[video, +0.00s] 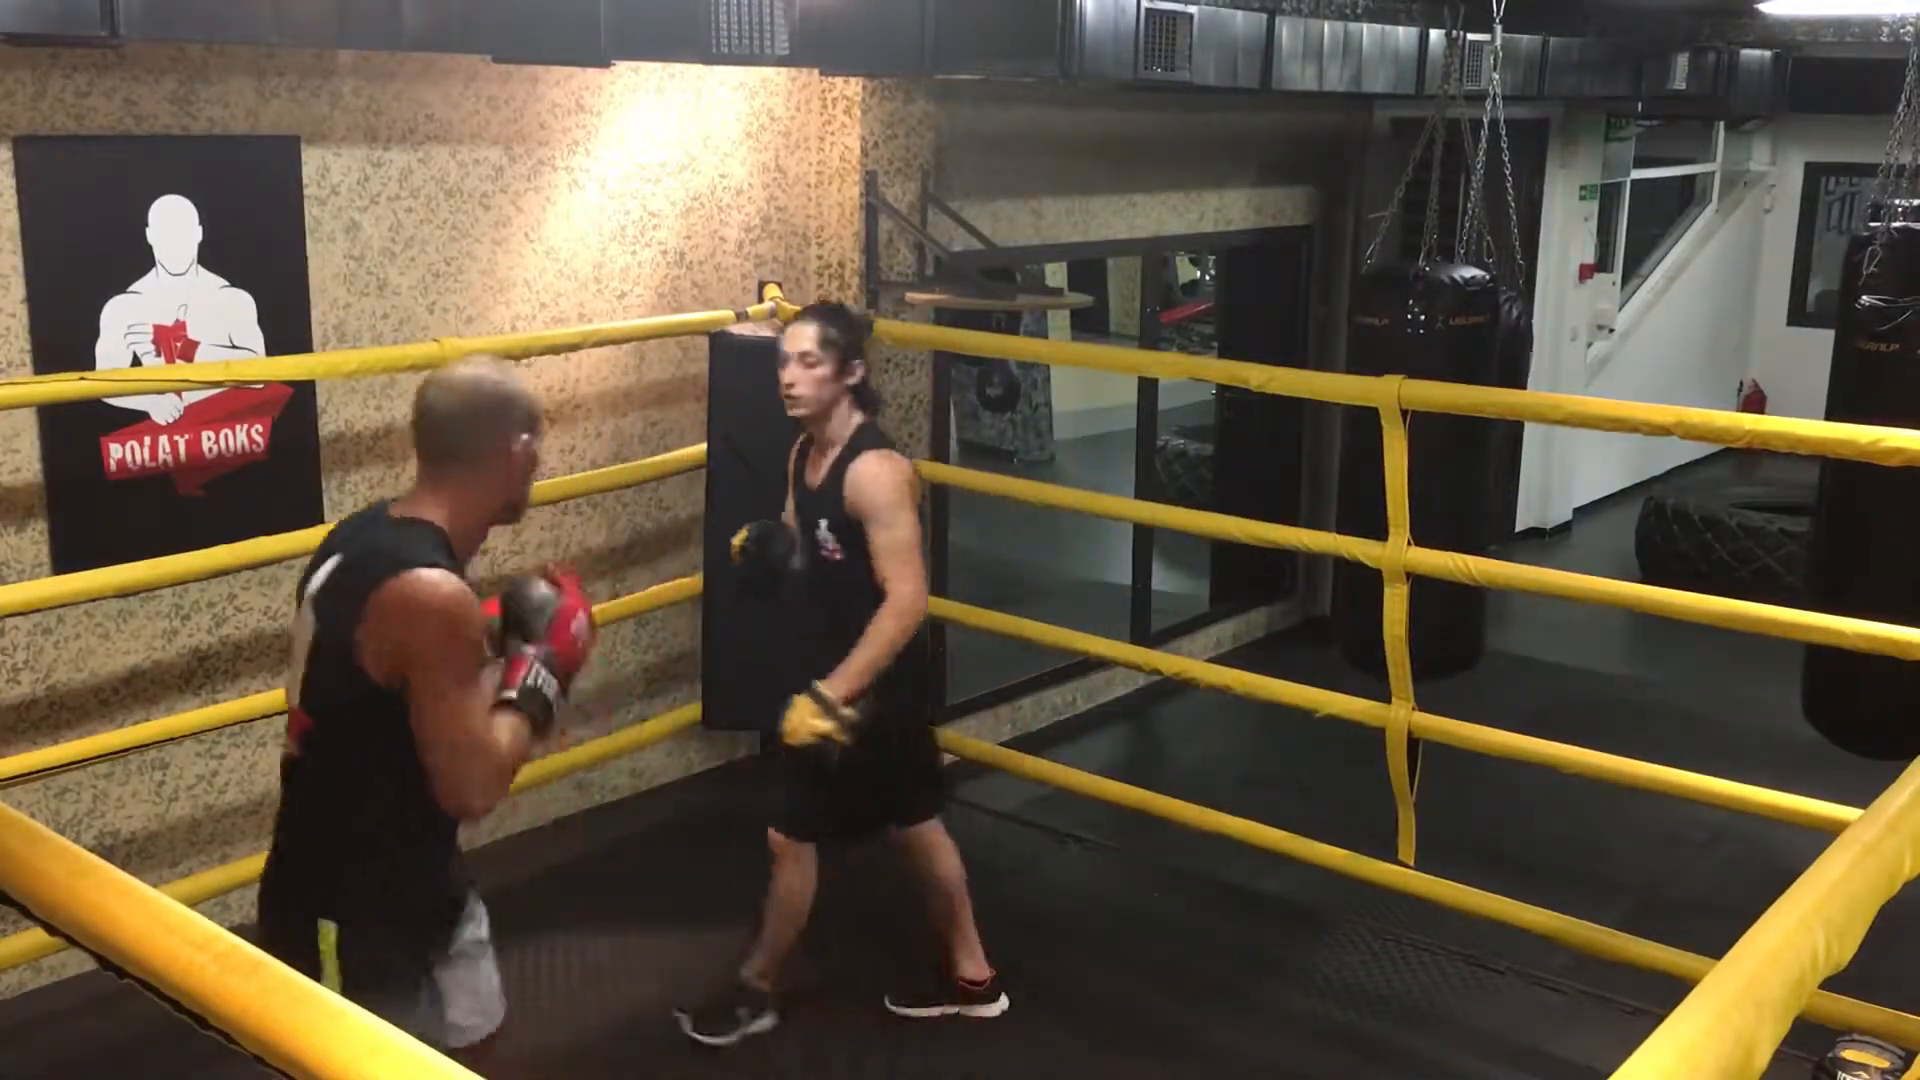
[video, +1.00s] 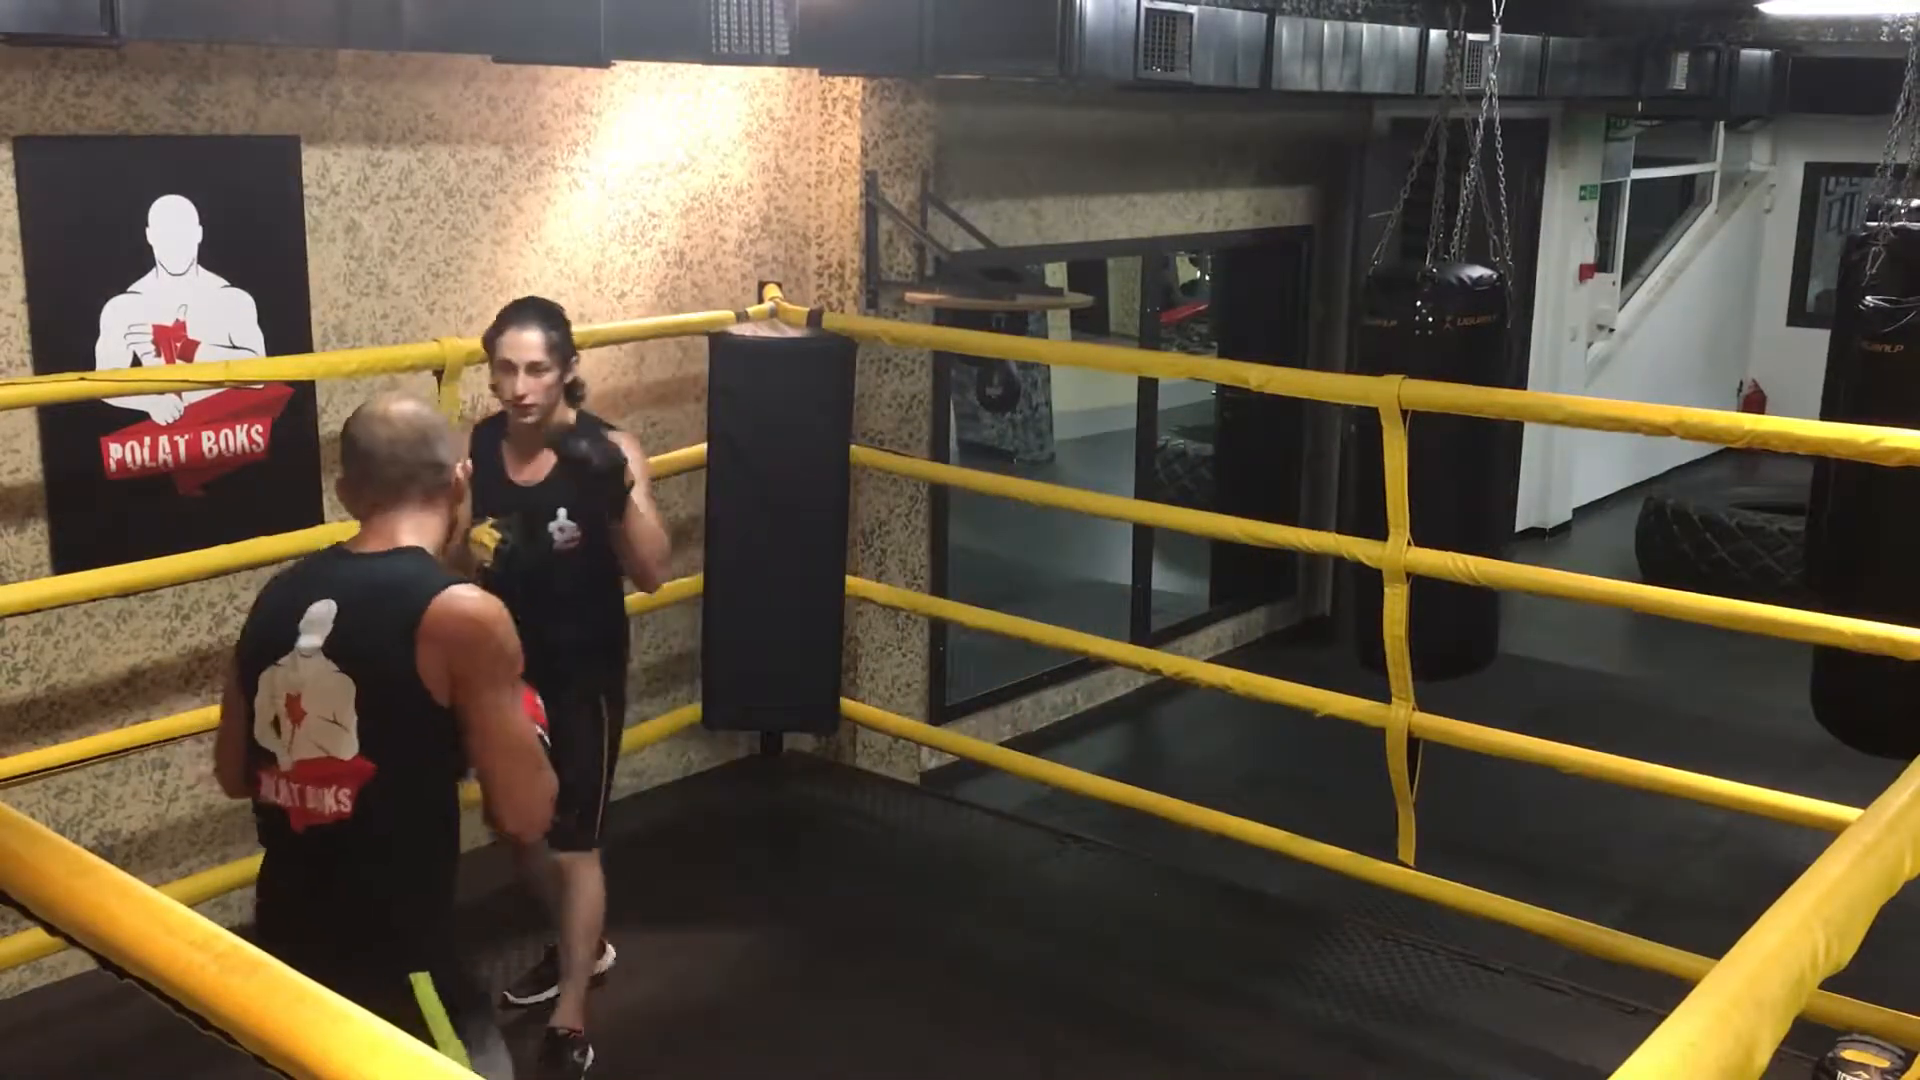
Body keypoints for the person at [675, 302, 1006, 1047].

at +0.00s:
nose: (789, 376)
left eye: (807, 362)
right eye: (785, 361)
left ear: (850, 374)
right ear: (782, 371)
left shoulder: (876, 472)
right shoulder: (807, 453)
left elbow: (908, 602)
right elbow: (819, 541)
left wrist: (831, 695)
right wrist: (772, 545)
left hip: (876, 681)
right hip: (848, 669)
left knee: (791, 835)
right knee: (917, 822)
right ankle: (974, 976)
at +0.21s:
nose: (711, 396)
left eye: (728, 382)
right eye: (710, 380)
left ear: (775, 390)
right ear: (720, 384)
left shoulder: (800, 495)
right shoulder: (740, 455)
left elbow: (809, 630)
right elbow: (756, 543)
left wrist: (716, 701)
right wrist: (707, 552)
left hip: (793, 689)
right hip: (764, 677)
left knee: (732, 833)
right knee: (823, 819)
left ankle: (730, 989)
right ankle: (939, 941)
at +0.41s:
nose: (669, 384)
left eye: (688, 370)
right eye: (662, 366)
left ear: (725, 377)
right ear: (653, 367)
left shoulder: (743, 473)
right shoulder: (666, 438)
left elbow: (753, 605)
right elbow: (680, 525)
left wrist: (659, 665)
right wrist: (639, 545)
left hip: (743, 664)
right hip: (694, 651)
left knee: (725, 833)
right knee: (677, 802)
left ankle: (732, 990)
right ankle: (772, 910)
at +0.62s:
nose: (609, 377)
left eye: (626, 361)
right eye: (597, 360)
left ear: (659, 367)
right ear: (585, 365)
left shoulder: (692, 461)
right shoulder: (584, 440)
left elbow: (727, 586)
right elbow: (578, 534)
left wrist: (637, 662)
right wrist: (572, 550)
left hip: (688, 659)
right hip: (620, 647)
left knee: (669, 838)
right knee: (597, 809)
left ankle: (727, 985)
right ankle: (586, 945)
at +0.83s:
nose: (549, 377)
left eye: (565, 360)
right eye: (535, 361)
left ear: (596, 363)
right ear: (520, 366)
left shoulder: (639, 451)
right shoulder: (515, 445)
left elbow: (690, 561)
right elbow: (497, 557)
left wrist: (636, 619)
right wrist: (514, 568)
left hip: (627, 656)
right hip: (554, 650)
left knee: (603, 834)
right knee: (549, 812)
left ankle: (636, 985)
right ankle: (582, 948)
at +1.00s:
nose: (518, 386)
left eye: (536, 369)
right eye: (505, 369)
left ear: (568, 373)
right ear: (489, 373)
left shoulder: (606, 452)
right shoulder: (480, 446)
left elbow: (651, 572)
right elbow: (447, 548)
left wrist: (621, 480)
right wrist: (457, 525)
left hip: (583, 668)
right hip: (503, 662)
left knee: (575, 844)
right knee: (517, 825)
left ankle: (571, 1018)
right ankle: (584, 939)